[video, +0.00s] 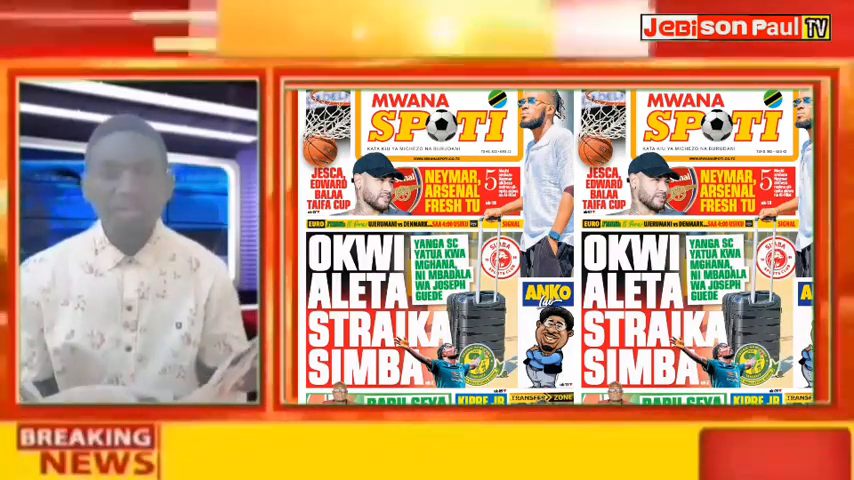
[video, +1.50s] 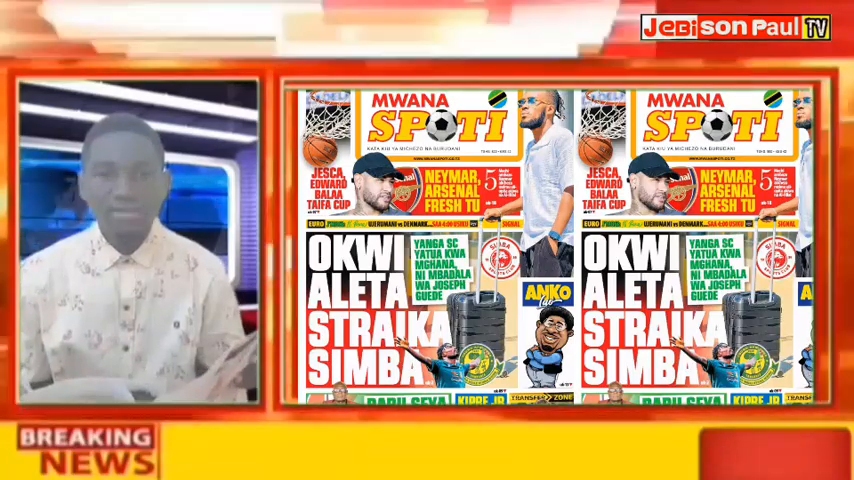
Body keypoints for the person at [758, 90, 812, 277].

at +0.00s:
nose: (799, 107)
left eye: (807, 101)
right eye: (797, 102)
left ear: (820, 106)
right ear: (794, 110)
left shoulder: (826, 147)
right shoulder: (806, 149)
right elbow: (805, 196)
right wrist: (777, 211)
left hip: (819, 240)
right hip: (804, 240)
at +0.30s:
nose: (799, 107)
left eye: (806, 101)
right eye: (797, 103)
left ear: (820, 107)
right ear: (794, 110)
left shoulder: (827, 148)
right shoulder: (806, 149)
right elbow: (804, 196)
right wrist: (776, 211)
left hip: (820, 240)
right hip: (804, 240)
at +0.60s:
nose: (799, 107)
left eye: (807, 101)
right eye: (797, 102)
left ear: (820, 107)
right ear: (794, 109)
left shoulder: (827, 148)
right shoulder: (806, 149)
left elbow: (832, 192)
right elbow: (805, 197)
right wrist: (777, 211)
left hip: (820, 240)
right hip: (804, 239)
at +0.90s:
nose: (799, 107)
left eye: (806, 101)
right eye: (797, 102)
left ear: (820, 107)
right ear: (794, 109)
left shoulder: (826, 149)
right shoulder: (806, 149)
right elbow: (805, 197)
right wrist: (777, 211)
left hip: (819, 240)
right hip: (804, 239)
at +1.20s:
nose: (799, 108)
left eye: (806, 101)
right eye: (797, 103)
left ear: (820, 107)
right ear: (794, 110)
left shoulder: (826, 148)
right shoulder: (806, 149)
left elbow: (831, 193)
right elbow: (805, 196)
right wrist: (776, 211)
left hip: (819, 240)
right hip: (803, 239)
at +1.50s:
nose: (799, 108)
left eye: (806, 102)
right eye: (797, 103)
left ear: (819, 107)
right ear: (794, 110)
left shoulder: (827, 148)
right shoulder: (806, 149)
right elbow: (805, 196)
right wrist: (776, 211)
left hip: (819, 239)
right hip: (803, 239)